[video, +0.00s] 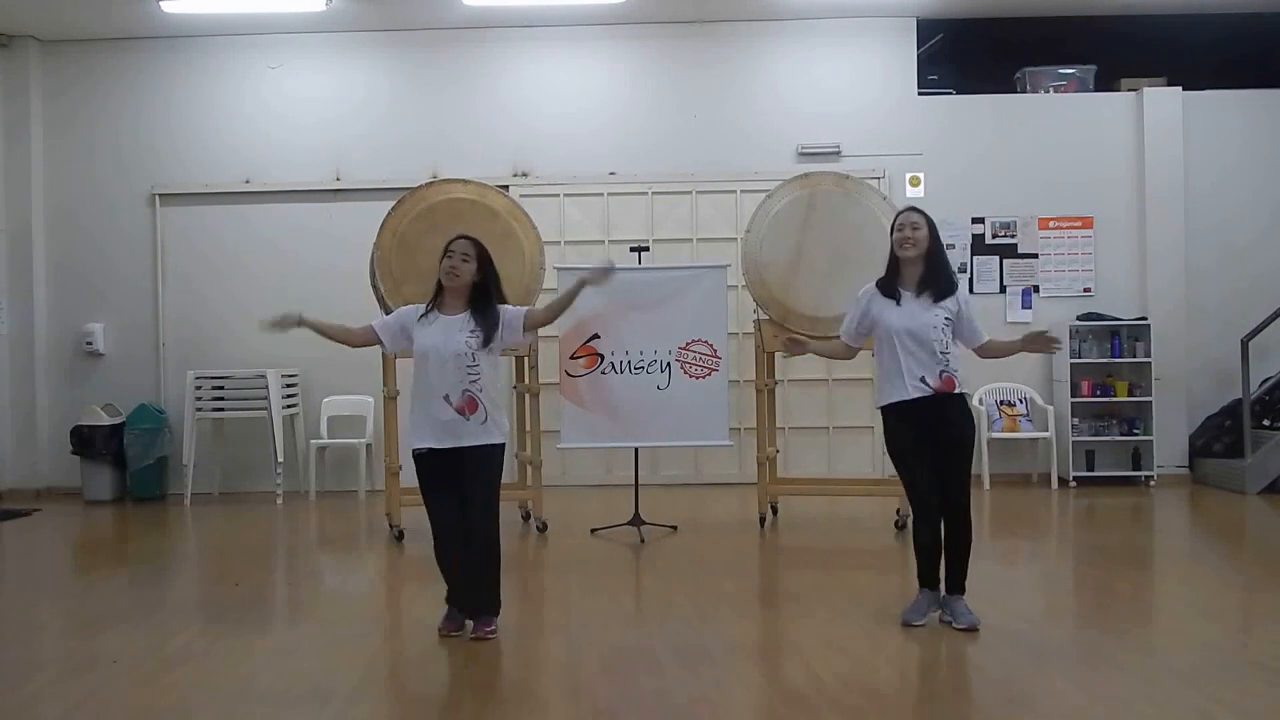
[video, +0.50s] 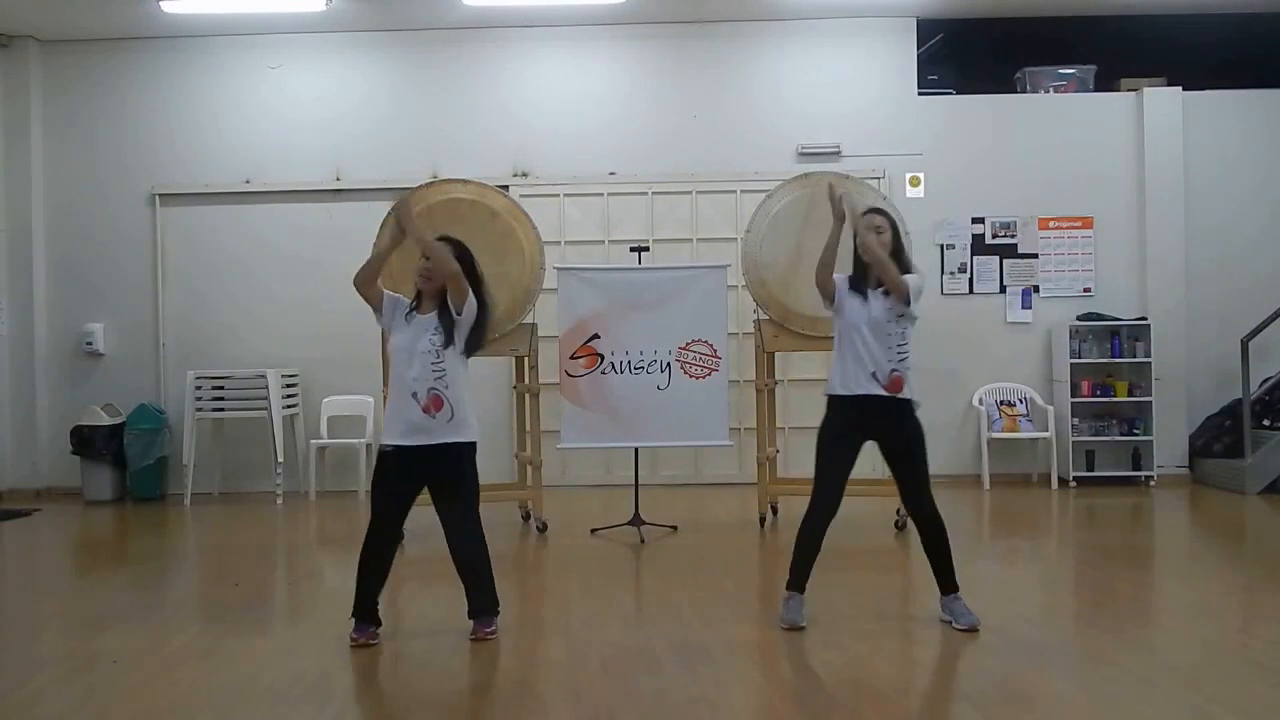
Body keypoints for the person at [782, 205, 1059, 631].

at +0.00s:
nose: (906, 233)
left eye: (915, 227)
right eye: (900, 228)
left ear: (932, 239)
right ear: (891, 240)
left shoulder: (952, 295)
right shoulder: (873, 296)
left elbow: (982, 347)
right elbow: (846, 348)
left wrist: (1023, 344)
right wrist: (808, 346)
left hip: (950, 410)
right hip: (901, 413)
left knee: (957, 505)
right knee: (924, 506)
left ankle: (954, 598)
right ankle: (927, 594)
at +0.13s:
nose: (904, 238)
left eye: (913, 231)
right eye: (897, 232)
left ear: (930, 239)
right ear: (890, 241)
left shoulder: (952, 290)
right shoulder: (877, 294)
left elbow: (997, 325)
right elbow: (834, 334)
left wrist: (1014, 286)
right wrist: (801, 298)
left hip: (948, 410)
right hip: (897, 412)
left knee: (952, 506)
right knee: (893, 510)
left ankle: (954, 599)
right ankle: (909, 582)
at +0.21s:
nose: (901, 232)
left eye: (909, 225)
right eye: (893, 227)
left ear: (924, 233)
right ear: (885, 238)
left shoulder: (946, 280)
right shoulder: (872, 288)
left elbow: (982, 287)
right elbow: (826, 306)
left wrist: (977, 234)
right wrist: (810, 255)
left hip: (942, 405)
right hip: (890, 405)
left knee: (947, 503)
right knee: (867, 497)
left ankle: (953, 598)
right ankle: (870, 583)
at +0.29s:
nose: (896, 231)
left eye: (904, 224)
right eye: (888, 226)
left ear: (920, 233)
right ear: (879, 237)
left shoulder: (937, 279)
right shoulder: (869, 285)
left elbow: (962, 269)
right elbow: (824, 292)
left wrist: (947, 216)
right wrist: (816, 236)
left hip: (934, 406)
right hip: (883, 405)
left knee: (944, 504)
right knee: (852, 498)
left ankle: (953, 598)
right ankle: (838, 586)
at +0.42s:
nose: (879, 237)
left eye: (888, 231)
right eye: (873, 231)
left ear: (904, 239)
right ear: (865, 241)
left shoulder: (916, 288)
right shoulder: (855, 286)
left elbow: (908, 258)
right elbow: (825, 275)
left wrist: (888, 206)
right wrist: (830, 220)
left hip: (914, 408)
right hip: (863, 407)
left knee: (931, 504)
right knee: (833, 502)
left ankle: (953, 599)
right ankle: (796, 593)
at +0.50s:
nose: (872, 237)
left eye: (881, 230)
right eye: (865, 231)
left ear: (895, 241)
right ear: (857, 242)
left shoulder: (908, 284)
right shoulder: (843, 289)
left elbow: (897, 286)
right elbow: (822, 278)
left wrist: (871, 247)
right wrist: (838, 225)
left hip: (896, 411)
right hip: (845, 409)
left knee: (922, 506)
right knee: (823, 505)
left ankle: (951, 598)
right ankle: (794, 595)